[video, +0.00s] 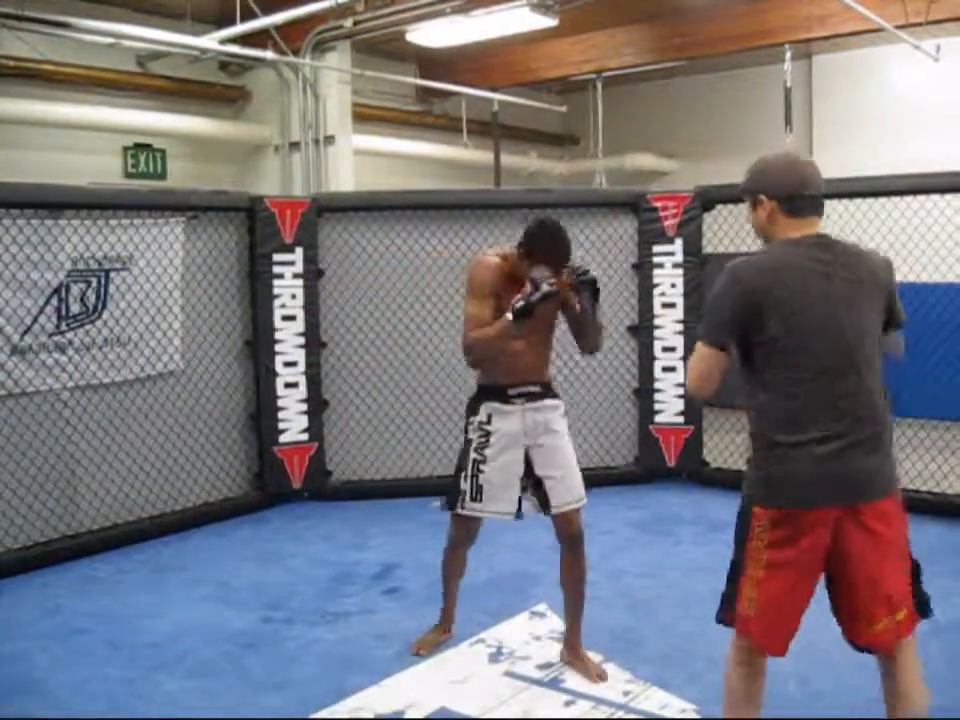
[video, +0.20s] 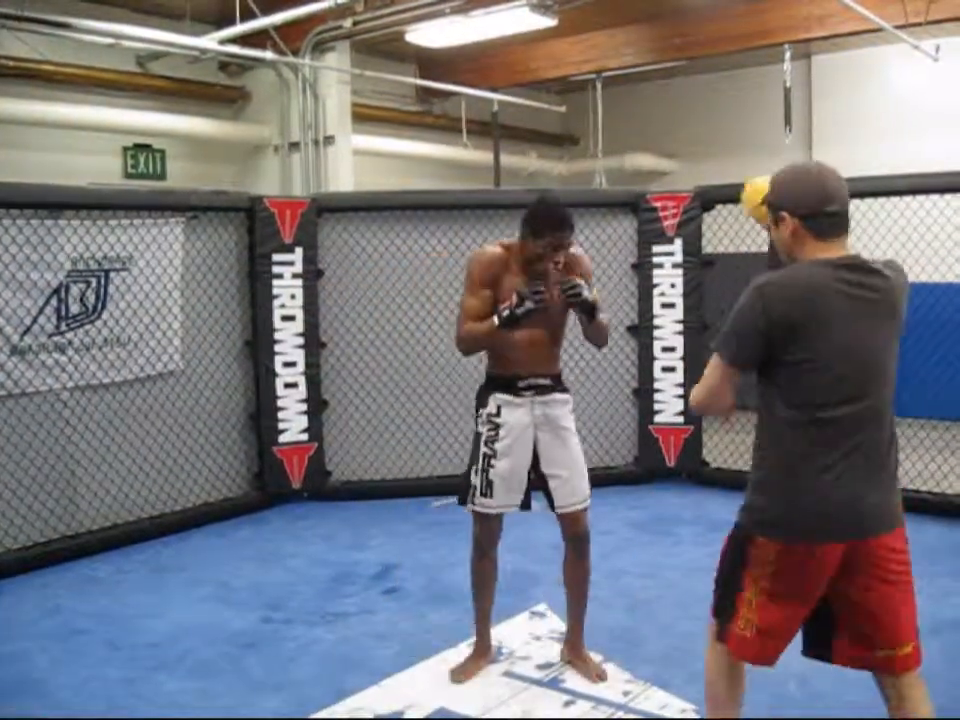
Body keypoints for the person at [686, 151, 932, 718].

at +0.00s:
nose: (749, 217)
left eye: (749, 206)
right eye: (749, 206)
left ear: (765, 206)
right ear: (816, 202)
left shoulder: (744, 277)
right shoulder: (872, 268)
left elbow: (701, 382)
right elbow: (886, 347)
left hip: (784, 487)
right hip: (873, 483)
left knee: (749, 653)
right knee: (898, 649)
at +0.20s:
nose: (770, 232)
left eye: (771, 221)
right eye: (768, 221)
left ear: (790, 224)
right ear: (841, 218)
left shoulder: (772, 294)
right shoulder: (889, 285)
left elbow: (707, 398)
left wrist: (728, 399)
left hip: (789, 514)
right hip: (876, 512)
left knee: (727, 646)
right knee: (903, 675)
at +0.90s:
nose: (639, 211)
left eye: (640, 201)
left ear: (648, 204)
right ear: (712, 195)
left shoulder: (627, 286)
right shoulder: (773, 266)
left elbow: (607, 421)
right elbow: (812, 389)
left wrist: (603, 519)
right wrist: (816, 415)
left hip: (681, 510)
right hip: (774, 505)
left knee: (677, 683)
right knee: (808, 685)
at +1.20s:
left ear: (678, 204)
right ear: (757, 205)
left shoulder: (628, 279)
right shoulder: (787, 287)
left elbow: (576, 414)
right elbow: (857, 395)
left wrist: (640, 412)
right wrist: (832, 310)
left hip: (634, 538)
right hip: (732, 548)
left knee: (652, 700)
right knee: (755, 708)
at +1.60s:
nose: (620, 226)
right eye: (619, 215)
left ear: (535, 234)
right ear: (613, 220)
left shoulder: (503, 314)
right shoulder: (648, 293)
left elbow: (438, 446)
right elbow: (771, 305)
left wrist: (497, 474)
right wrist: (722, 214)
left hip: (548, 594)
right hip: (648, 590)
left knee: (557, 710)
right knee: (711, 708)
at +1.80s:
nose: (528, 206)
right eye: (526, 198)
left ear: (451, 218)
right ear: (523, 203)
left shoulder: (426, 288)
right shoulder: (562, 266)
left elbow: (378, 412)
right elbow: (671, 301)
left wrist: (446, 424)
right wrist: (628, 220)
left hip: (447, 527)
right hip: (530, 527)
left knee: (463, 699)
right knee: (569, 701)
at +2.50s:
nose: (410, 240)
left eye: (410, 226)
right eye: (403, 223)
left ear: (369, 225)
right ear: (371, 223)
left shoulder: (368, 306)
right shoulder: (289, 301)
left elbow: (371, 396)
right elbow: (321, 401)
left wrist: (426, 412)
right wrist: (443, 380)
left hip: (358, 527)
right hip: (292, 540)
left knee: (405, 663)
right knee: (290, 700)